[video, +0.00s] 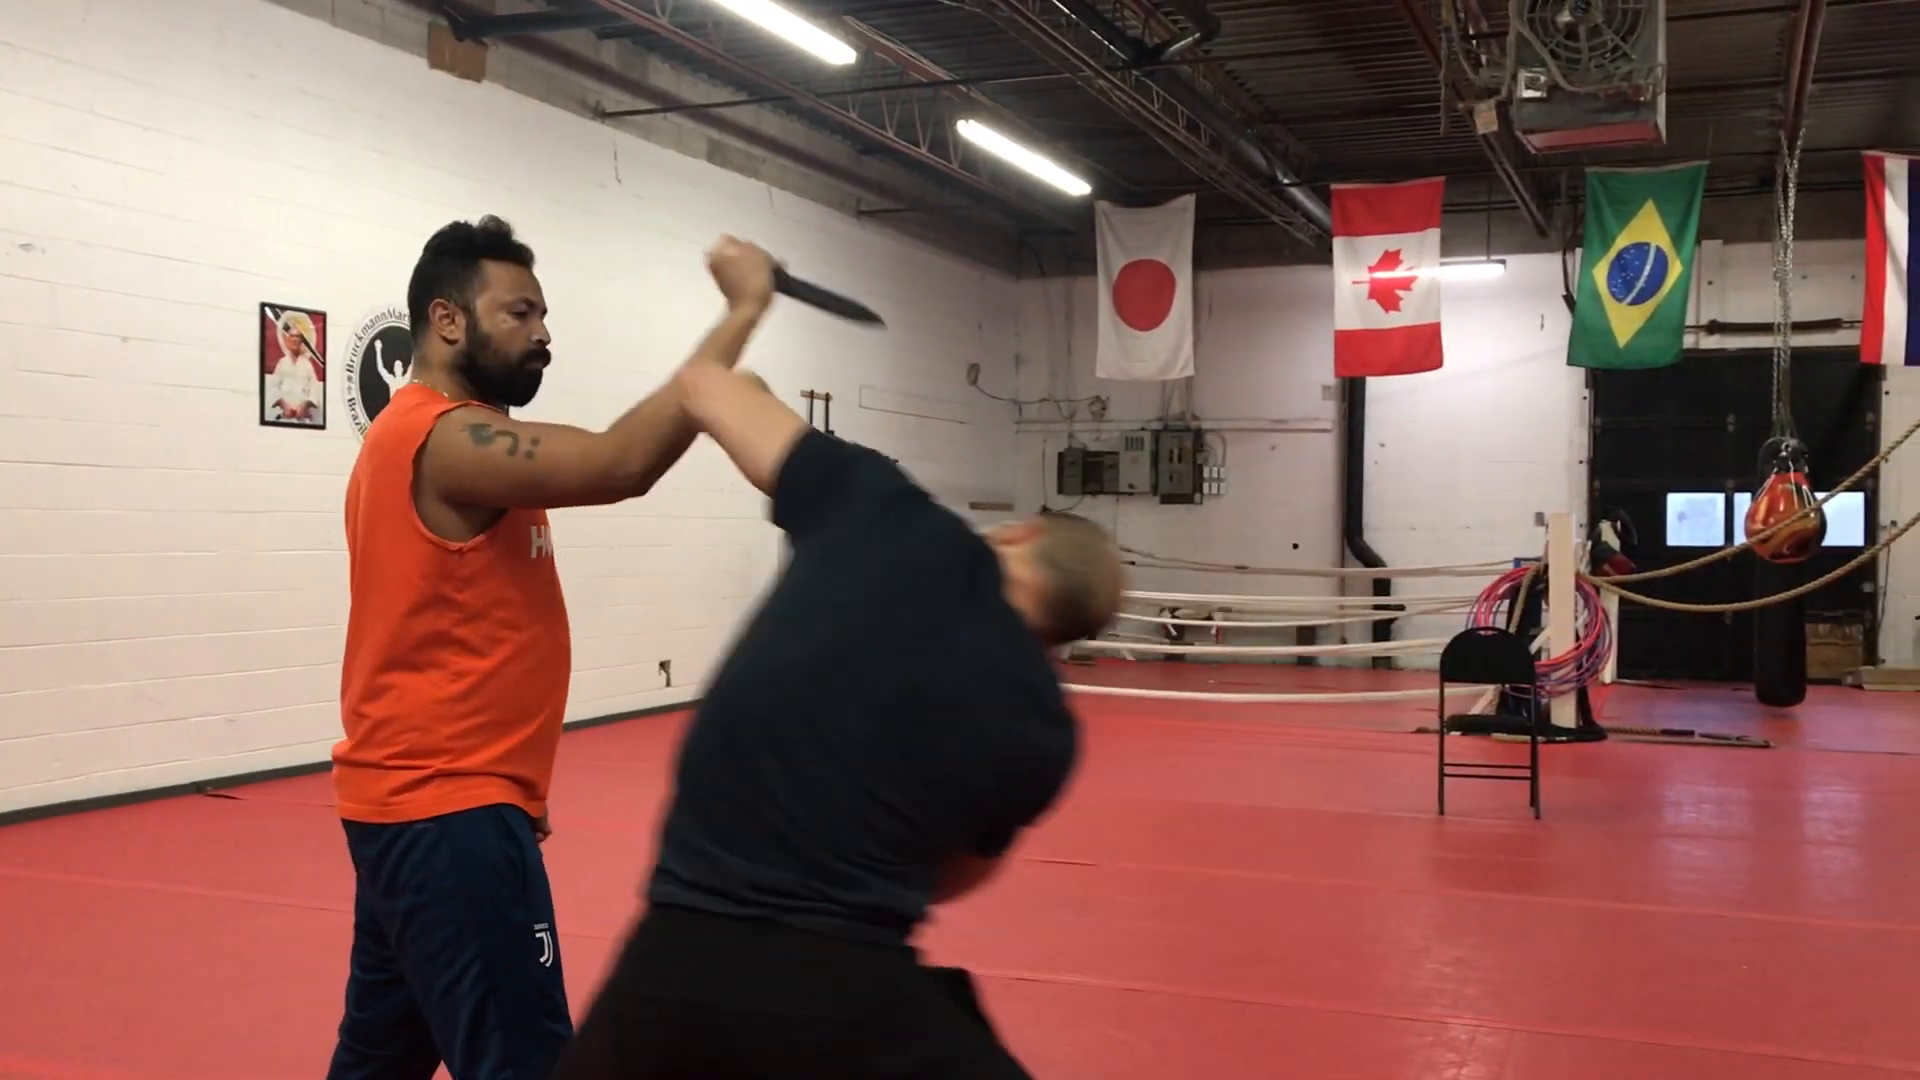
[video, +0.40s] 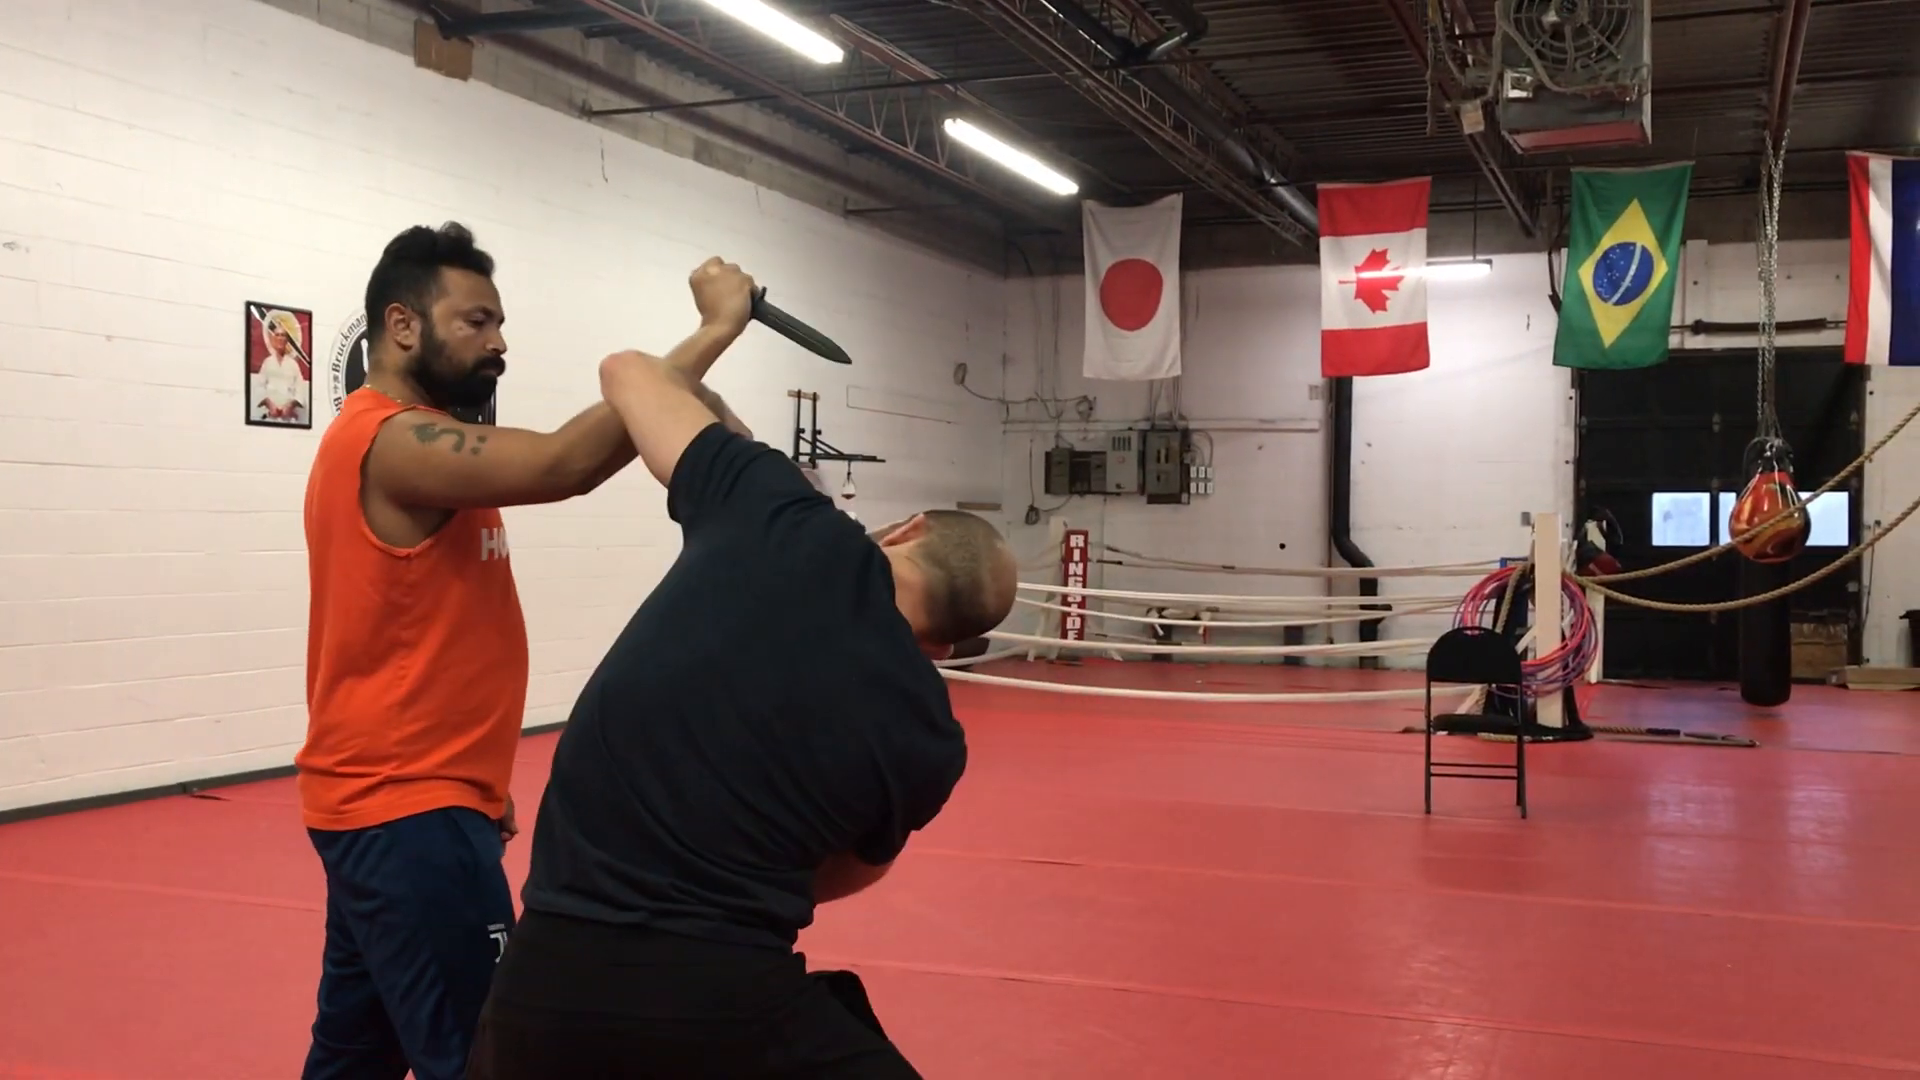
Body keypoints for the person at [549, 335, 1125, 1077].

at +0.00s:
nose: (1012, 517)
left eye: (1024, 517)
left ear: (1021, 530)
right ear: (1069, 640)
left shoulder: (874, 508)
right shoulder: (1041, 730)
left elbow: (704, 380)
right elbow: (953, 878)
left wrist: (747, 300)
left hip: (676, 971)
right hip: (862, 998)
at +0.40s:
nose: (888, 524)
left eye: (898, 522)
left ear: (899, 531)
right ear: (948, 651)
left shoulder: (769, 508)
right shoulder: (928, 745)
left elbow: (628, 369)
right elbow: (824, 881)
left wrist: (716, 328)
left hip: (550, 979)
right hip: (736, 1004)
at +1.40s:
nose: (962, 324)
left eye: (968, 312)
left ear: (982, 321)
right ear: (1098, 377)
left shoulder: (852, 418)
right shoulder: (1141, 499)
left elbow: (685, 561)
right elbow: (1174, 746)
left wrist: (785, 652)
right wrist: (1042, 667)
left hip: (851, 878)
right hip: (1031, 888)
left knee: (845, 1061)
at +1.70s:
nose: (934, 370)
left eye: (936, 351)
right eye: (936, 352)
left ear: (961, 355)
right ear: (1076, 369)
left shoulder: (873, 474)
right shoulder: (1168, 497)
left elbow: (816, 719)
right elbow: (1220, 754)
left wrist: (954, 704)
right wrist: (1078, 703)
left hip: (954, 932)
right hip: (1148, 926)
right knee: (1269, 1067)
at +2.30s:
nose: (1173, 481)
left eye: (1182, 453)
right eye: (1176, 454)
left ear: (1233, 452)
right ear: (1324, 468)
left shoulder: (1141, 552)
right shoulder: (1448, 597)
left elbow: (1095, 804)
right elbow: (1444, 853)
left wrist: (1233, 775)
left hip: (1173, 994)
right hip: (1387, 1016)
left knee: (1010, 1070)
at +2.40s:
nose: (1162, 477)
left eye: (1171, 449)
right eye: (1165, 449)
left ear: (1224, 457)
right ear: (1313, 465)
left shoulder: (1135, 559)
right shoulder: (1435, 590)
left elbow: (1082, 809)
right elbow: (1439, 826)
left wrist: (1223, 785)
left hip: (1172, 997)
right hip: (1380, 1016)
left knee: (1006, 1070)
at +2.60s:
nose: (1041, 451)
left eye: (1049, 429)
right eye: (1042, 429)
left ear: (1099, 446)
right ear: (1190, 437)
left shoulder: (1031, 562)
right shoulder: (1305, 545)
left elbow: (962, 796)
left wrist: (992, 628)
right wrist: (997, 596)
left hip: (1092, 988)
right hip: (1280, 988)